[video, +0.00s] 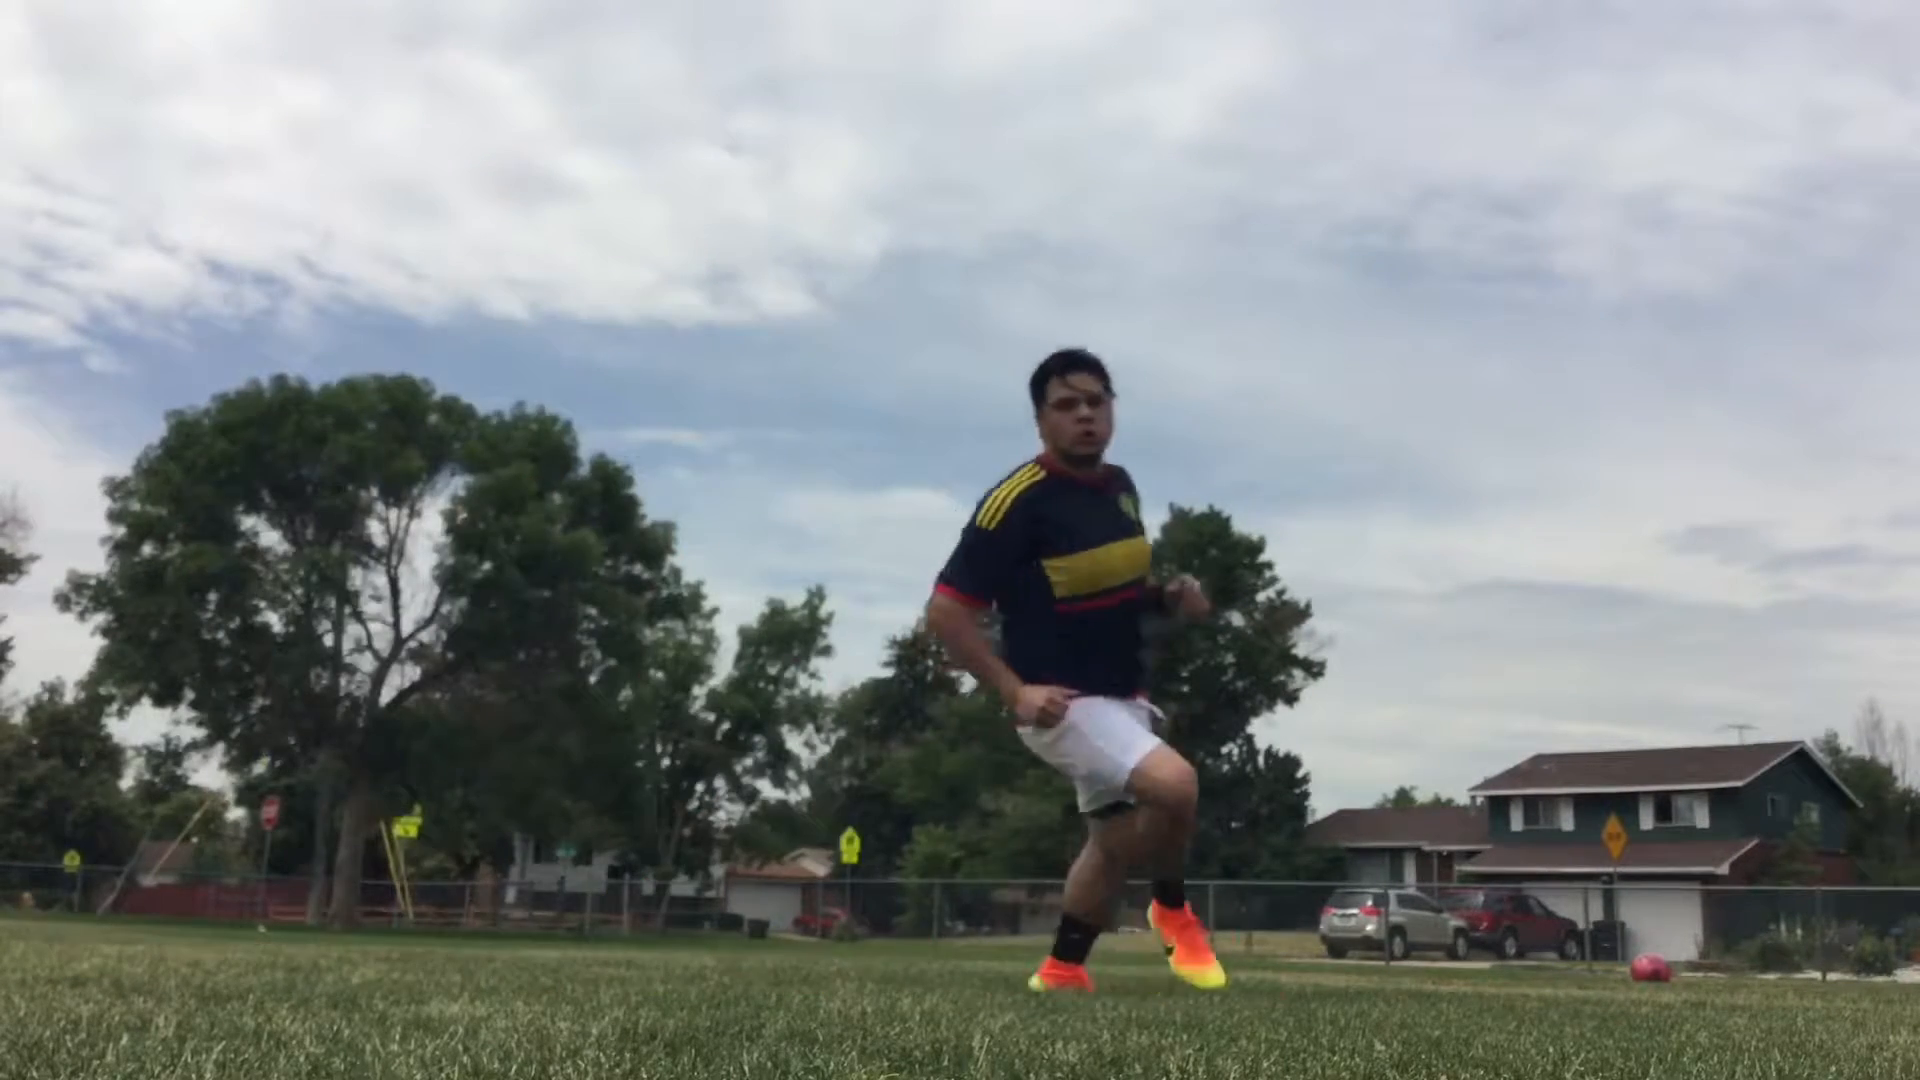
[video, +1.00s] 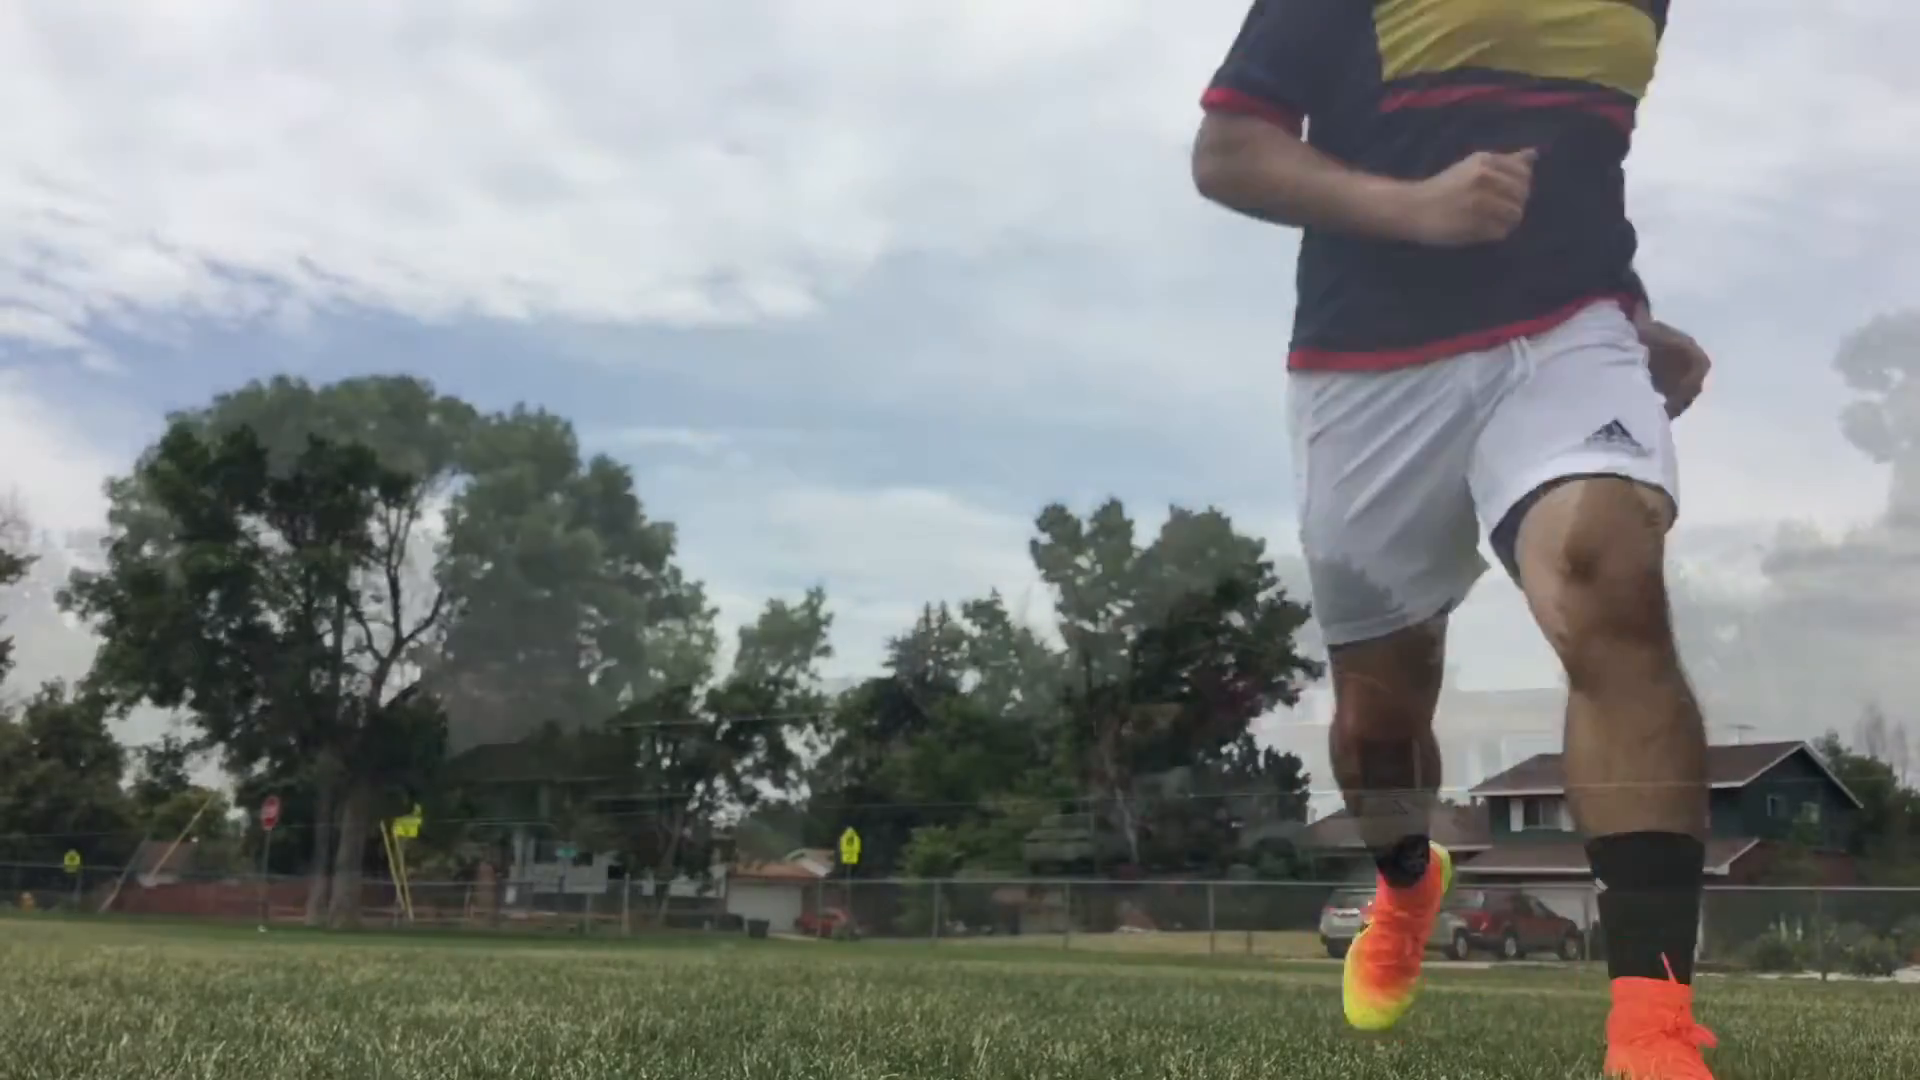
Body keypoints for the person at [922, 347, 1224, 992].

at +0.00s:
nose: (1085, 414)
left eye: (1097, 402)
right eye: (1067, 404)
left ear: (1112, 412)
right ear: (1039, 420)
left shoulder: (1119, 487)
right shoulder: (1014, 503)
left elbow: (1116, 590)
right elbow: (946, 613)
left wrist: (1165, 596)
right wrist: (1015, 692)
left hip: (1125, 698)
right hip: (1059, 702)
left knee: (1114, 845)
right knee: (1174, 784)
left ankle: (1063, 968)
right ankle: (1171, 908)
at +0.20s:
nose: (1184, 393)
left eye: (1196, 379)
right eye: (1165, 382)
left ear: (1213, 387)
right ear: (1137, 397)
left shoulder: (1236, 461)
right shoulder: (1101, 498)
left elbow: (1233, 572)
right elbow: (1069, 623)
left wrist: (1265, 632)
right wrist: (1136, 705)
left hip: (1251, 686)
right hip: (1170, 710)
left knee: (1305, 830)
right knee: (1227, 866)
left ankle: (1242, 890)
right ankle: (1249, 967)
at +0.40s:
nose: (1324, 367)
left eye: (1340, 354)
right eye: (1304, 354)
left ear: (1360, 370)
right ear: (1272, 371)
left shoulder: (1366, 452)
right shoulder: (1224, 451)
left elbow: (1350, 544)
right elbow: (1139, 565)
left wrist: (1383, 630)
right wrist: (1257, 602)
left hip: (1329, 653)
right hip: (1229, 686)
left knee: (1411, 786)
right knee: (1252, 837)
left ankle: (1415, 985)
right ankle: (1258, 945)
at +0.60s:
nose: (1359, 242)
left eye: (1378, 228)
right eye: (1337, 232)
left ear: (1409, 251)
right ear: (1308, 261)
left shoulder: (1456, 349)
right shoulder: (1258, 357)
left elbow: (1564, 486)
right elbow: (1135, 412)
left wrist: (1519, 442)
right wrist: (1133, 535)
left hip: (1417, 623)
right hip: (1297, 610)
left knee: (1447, 821)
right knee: (1331, 756)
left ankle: (1425, 980)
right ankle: (1312, 910)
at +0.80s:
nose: (1390, 48)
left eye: (1415, 32)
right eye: (1364, 35)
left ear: (1449, 69)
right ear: (1327, 72)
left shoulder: (1513, 201)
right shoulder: (1262, 225)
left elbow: (1562, 344)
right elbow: (1192, 385)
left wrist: (1587, 469)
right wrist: (1234, 489)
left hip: (1492, 520)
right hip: (1338, 526)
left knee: (1547, 768)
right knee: (1366, 745)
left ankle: (1463, 867)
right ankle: (1399, 1001)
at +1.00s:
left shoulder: (1632, 13)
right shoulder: (1330, 9)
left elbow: (1577, 176)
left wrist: (1628, 320)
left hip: (1561, 333)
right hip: (1366, 367)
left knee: (1608, 583)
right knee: (1374, 729)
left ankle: (1651, 1000)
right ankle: (1405, 880)